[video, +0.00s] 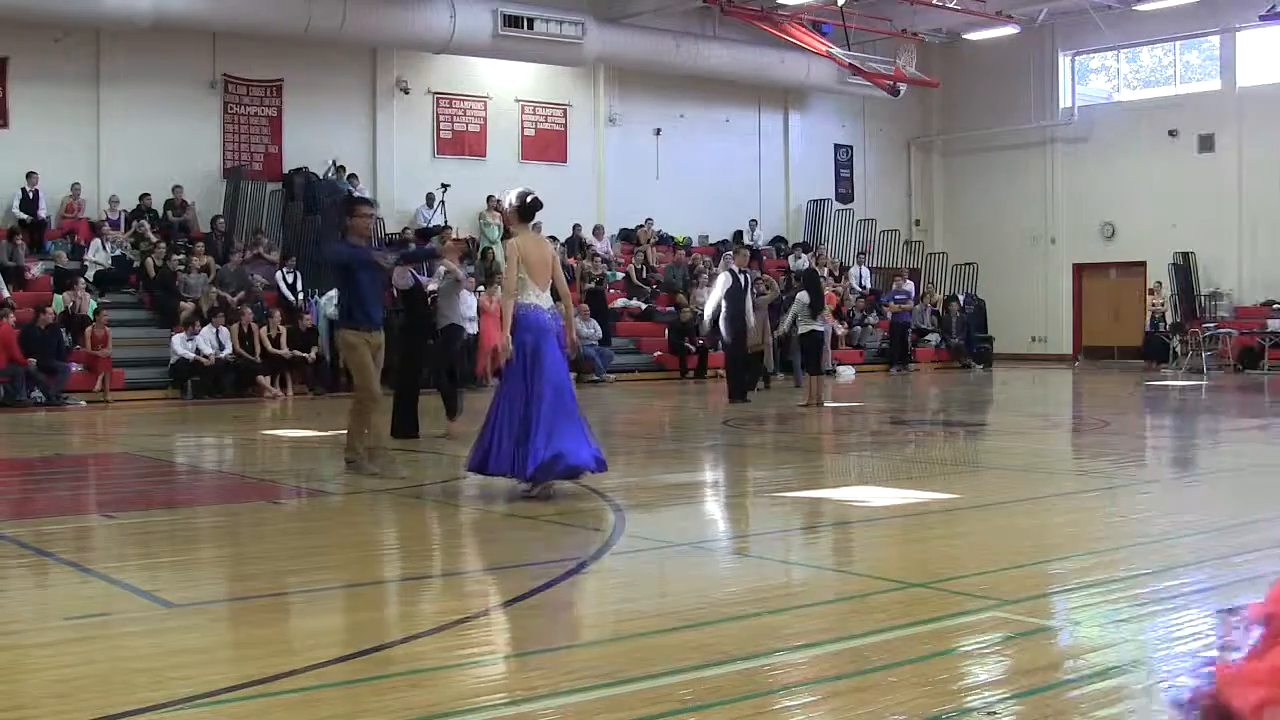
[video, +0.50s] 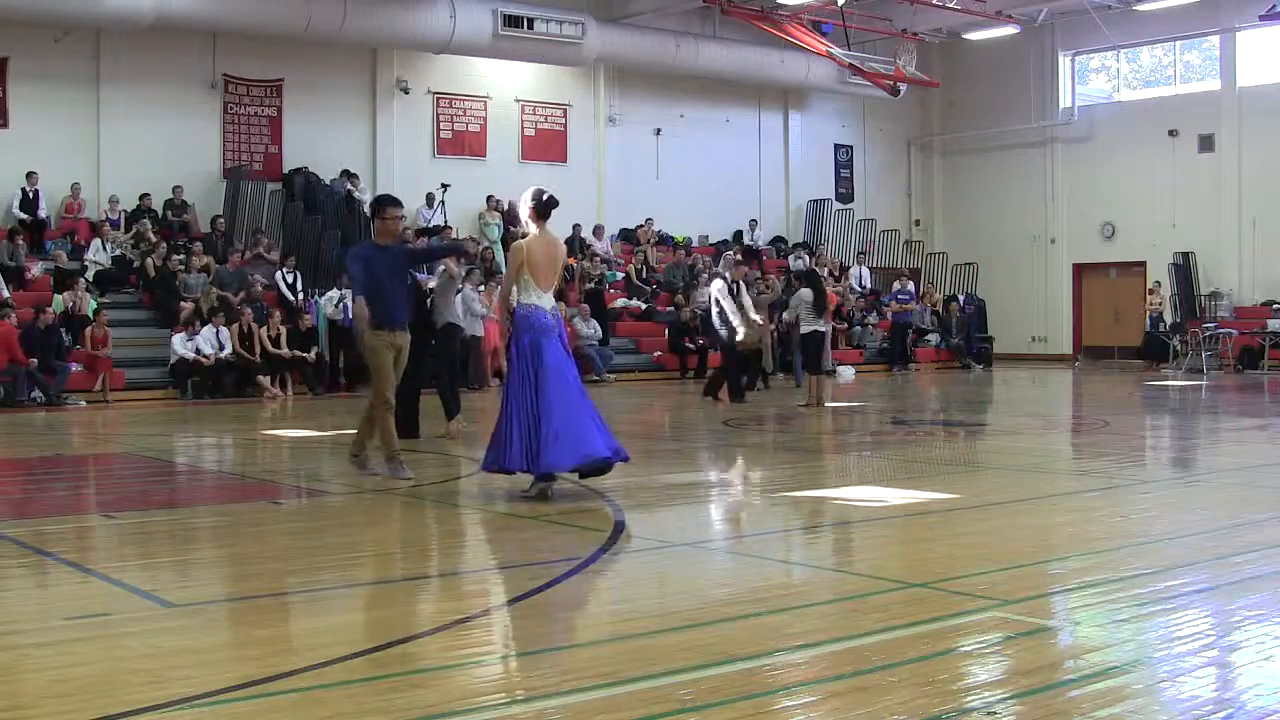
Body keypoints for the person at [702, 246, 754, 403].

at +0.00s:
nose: (747, 259)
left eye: (748, 256)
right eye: (744, 256)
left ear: (747, 258)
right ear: (735, 257)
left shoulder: (747, 277)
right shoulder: (726, 276)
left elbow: (749, 301)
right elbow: (714, 298)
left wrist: (751, 321)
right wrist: (707, 319)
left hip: (742, 320)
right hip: (728, 319)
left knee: (742, 355)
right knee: (732, 355)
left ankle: (741, 392)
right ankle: (734, 393)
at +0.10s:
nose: (748, 260)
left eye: (749, 257)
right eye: (745, 257)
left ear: (748, 259)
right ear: (736, 258)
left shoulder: (746, 276)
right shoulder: (726, 275)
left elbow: (748, 299)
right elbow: (710, 294)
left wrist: (752, 317)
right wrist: (697, 313)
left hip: (740, 319)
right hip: (728, 319)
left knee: (740, 355)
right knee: (732, 356)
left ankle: (740, 392)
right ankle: (734, 394)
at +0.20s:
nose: (748, 262)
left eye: (749, 259)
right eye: (745, 258)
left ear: (750, 261)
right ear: (736, 259)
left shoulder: (746, 278)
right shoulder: (726, 276)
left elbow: (748, 297)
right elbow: (709, 291)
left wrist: (755, 314)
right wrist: (691, 306)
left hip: (739, 319)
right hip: (727, 319)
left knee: (740, 354)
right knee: (732, 355)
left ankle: (740, 391)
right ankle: (734, 394)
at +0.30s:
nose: (749, 267)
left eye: (750, 263)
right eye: (746, 263)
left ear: (750, 265)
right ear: (737, 264)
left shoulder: (746, 280)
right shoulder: (726, 280)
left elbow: (751, 298)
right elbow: (709, 296)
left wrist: (758, 314)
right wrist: (692, 310)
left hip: (736, 321)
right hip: (724, 322)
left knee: (739, 354)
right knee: (733, 354)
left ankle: (727, 385)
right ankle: (733, 392)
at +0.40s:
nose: (749, 272)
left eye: (749, 268)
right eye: (747, 268)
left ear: (744, 267)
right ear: (737, 266)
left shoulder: (744, 285)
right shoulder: (724, 283)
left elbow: (753, 306)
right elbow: (717, 306)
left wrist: (763, 326)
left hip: (735, 326)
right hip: (724, 325)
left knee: (737, 359)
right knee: (732, 360)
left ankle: (718, 386)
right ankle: (735, 395)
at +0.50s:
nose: (745, 272)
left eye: (746, 270)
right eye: (743, 269)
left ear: (739, 269)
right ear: (734, 268)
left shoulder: (739, 284)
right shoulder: (719, 284)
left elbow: (747, 302)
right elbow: (729, 307)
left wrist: (754, 316)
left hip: (733, 323)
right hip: (721, 324)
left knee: (729, 359)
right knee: (731, 358)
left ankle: (712, 387)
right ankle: (736, 394)